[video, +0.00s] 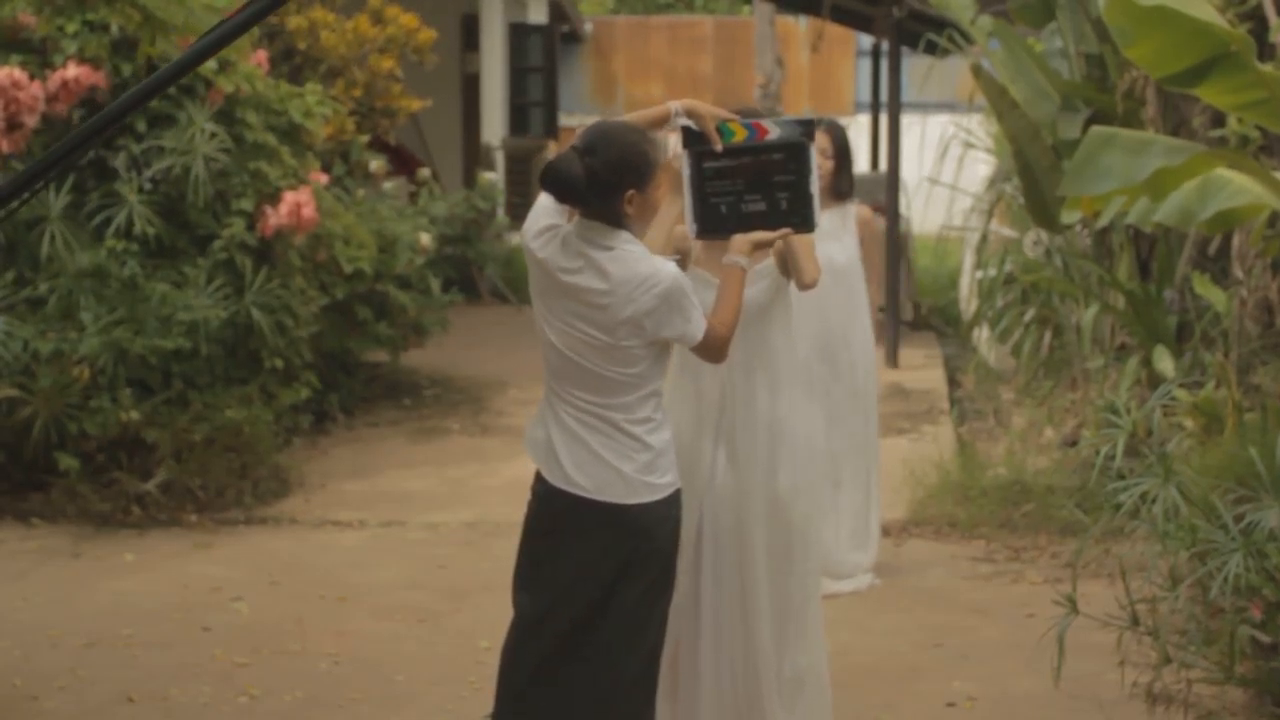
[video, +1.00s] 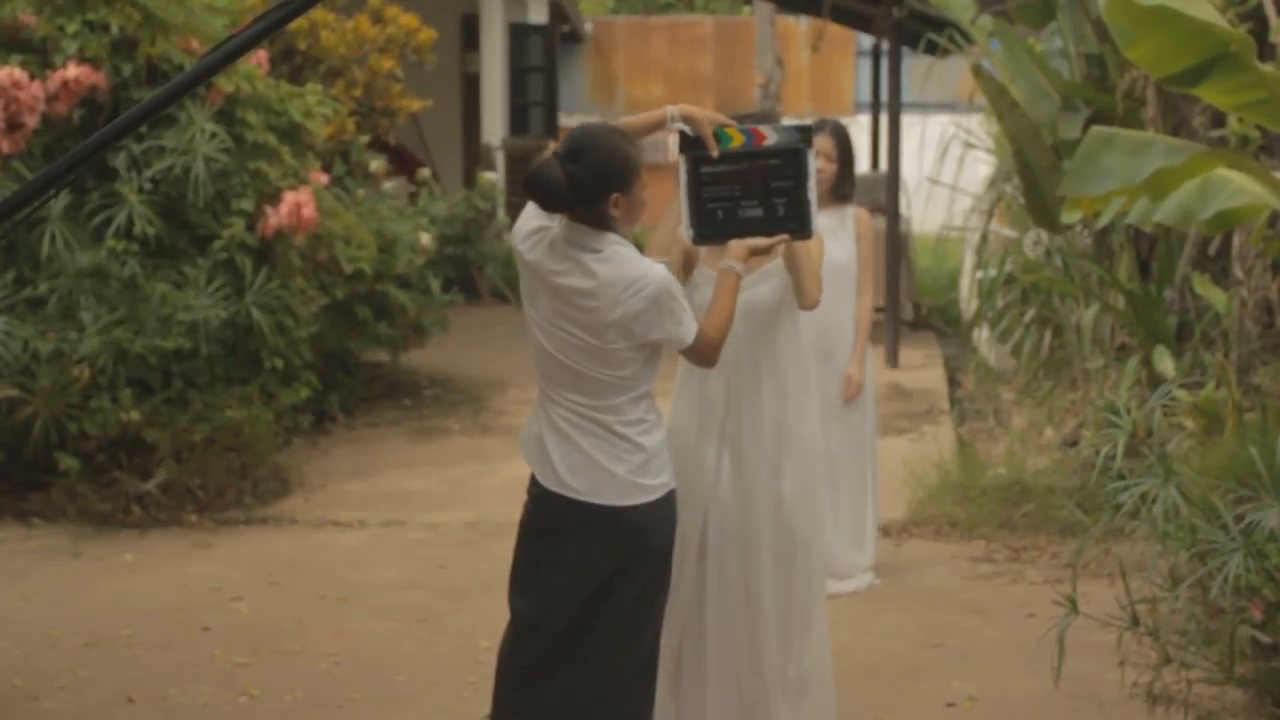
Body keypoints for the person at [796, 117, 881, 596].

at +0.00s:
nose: (817, 164)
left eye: (825, 155)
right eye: (810, 154)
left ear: (841, 164)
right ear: (797, 161)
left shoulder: (860, 219)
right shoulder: (784, 219)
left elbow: (873, 284)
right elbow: (769, 286)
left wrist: (870, 334)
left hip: (843, 348)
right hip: (791, 351)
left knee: (843, 448)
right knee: (794, 450)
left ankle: (845, 557)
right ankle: (794, 556)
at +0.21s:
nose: (818, 168)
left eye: (826, 159)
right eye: (811, 158)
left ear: (841, 166)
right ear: (798, 163)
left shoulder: (860, 220)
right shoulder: (786, 218)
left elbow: (874, 287)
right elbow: (772, 288)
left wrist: (886, 350)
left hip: (849, 351)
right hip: (794, 353)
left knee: (847, 454)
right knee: (797, 455)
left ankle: (846, 559)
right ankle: (799, 559)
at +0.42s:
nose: (817, 168)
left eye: (826, 159)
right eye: (811, 158)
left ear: (840, 166)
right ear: (798, 162)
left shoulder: (858, 219)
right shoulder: (783, 216)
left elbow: (877, 287)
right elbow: (766, 290)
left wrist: (890, 350)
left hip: (846, 353)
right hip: (791, 355)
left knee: (847, 452)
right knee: (795, 455)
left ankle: (847, 558)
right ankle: (797, 558)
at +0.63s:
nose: (819, 170)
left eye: (828, 162)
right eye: (812, 161)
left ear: (841, 168)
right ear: (798, 164)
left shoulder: (858, 220)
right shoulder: (780, 220)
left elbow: (881, 287)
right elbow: (758, 293)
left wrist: (895, 352)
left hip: (843, 355)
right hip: (789, 359)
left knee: (845, 453)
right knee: (793, 457)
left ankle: (847, 560)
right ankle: (794, 561)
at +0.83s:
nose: (819, 169)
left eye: (828, 161)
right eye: (813, 159)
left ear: (843, 168)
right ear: (798, 163)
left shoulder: (856, 219)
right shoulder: (782, 214)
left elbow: (875, 286)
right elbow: (762, 289)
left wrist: (883, 348)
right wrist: (759, 354)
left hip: (841, 353)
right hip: (788, 354)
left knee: (841, 453)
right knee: (792, 456)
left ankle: (844, 558)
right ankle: (792, 559)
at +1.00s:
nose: (817, 165)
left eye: (827, 158)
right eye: (812, 155)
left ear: (843, 167)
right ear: (799, 161)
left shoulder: (856, 220)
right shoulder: (783, 214)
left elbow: (866, 293)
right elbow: (762, 291)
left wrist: (856, 360)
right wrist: (759, 357)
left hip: (834, 352)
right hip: (785, 353)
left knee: (836, 456)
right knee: (787, 456)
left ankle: (840, 558)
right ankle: (788, 560)